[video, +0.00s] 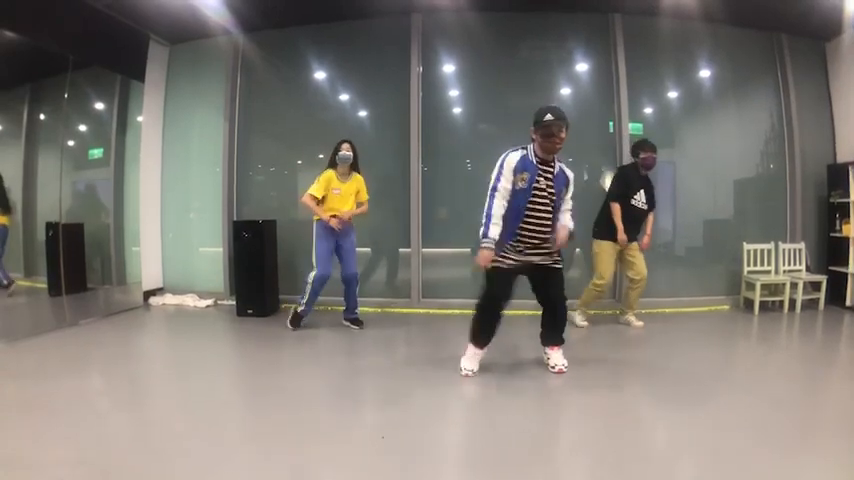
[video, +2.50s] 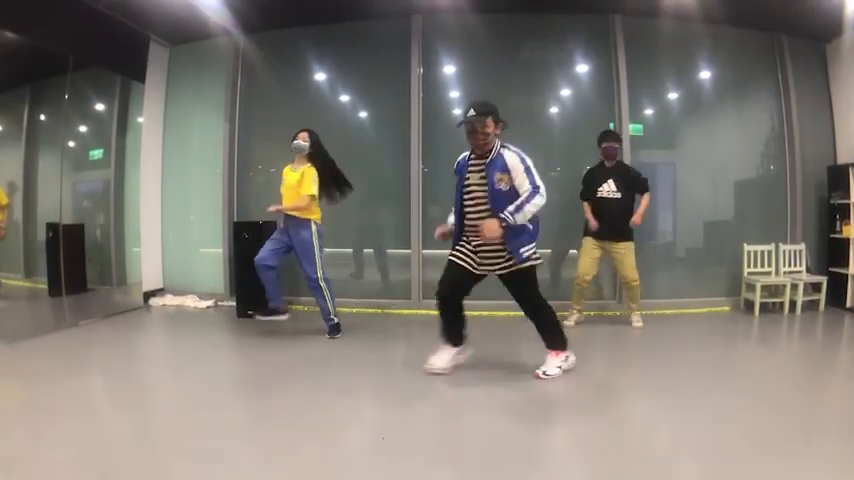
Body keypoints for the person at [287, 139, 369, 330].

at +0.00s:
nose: (345, 153)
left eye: (349, 150)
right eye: (342, 150)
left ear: (354, 156)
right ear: (336, 155)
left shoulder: (358, 179)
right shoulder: (327, 176)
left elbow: (364, 207)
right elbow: (306, 199)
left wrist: (349, 213)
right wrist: (327, 218)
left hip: (346, 228)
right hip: (324, 226)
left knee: (351, 273)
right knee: (323, 272)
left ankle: (351, 314)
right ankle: (301, 312)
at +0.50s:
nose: (308, 142)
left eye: (313, 139)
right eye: (305, 139)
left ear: (319, 146)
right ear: (300, 146)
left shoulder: (324, 169)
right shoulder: (292, 170)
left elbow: (333, 197)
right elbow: (282, 195)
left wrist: (325, 222)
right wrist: (272, 213)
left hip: (316, 217)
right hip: (296, 217)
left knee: (325, 269)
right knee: (295, 269)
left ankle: (340, 313)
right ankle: (296, 315)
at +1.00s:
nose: (299, 146)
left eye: (303, 142)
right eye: (296, 143)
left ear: (310, 145)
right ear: (292, 147)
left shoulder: (321, 167)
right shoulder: (287, 171)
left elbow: (329, 196)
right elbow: (283, 200)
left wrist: (319, 221)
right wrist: (280, 223)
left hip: (313, 216)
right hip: (291, 215)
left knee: (318, 266)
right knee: (293, 268)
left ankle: (330, 313)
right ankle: (295, 314)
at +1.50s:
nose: (289, 148)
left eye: (293, 145)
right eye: (286, 144)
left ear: (300, 149)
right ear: (282, 148)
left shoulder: (301, 167)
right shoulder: (281, 172)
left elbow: (316, 192)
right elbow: (277, 197)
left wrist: (294, 204)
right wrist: (264, 209)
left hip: (301, 221)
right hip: (281, 221)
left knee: (318, 269)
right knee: (271, 271)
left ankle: (337, 313)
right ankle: (265, 316)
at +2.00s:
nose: (291, 148)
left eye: (295, 145)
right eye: (287, 146)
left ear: (302, 150)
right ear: (282, 152)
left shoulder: (313, 177)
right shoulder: (277, 175)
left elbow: (327, 203)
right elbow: (259, 201)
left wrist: (323, 222)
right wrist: (263, 228)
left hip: (301, 226)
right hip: (278, 225)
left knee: (310, 268)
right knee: (269, 273)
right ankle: (258, 316)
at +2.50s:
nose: (299, 142)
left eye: (304, 140)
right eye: (297, 138)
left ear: (311, 147)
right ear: (292, 144)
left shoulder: (310, 171)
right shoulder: (287, 170)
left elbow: (306, 202)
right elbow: (287, 198)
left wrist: (281, 208)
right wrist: (283, 220)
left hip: (307, 225)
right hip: (288, 223)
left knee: (315, 275)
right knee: (263, 260)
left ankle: (332, 322)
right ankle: (276, 308)